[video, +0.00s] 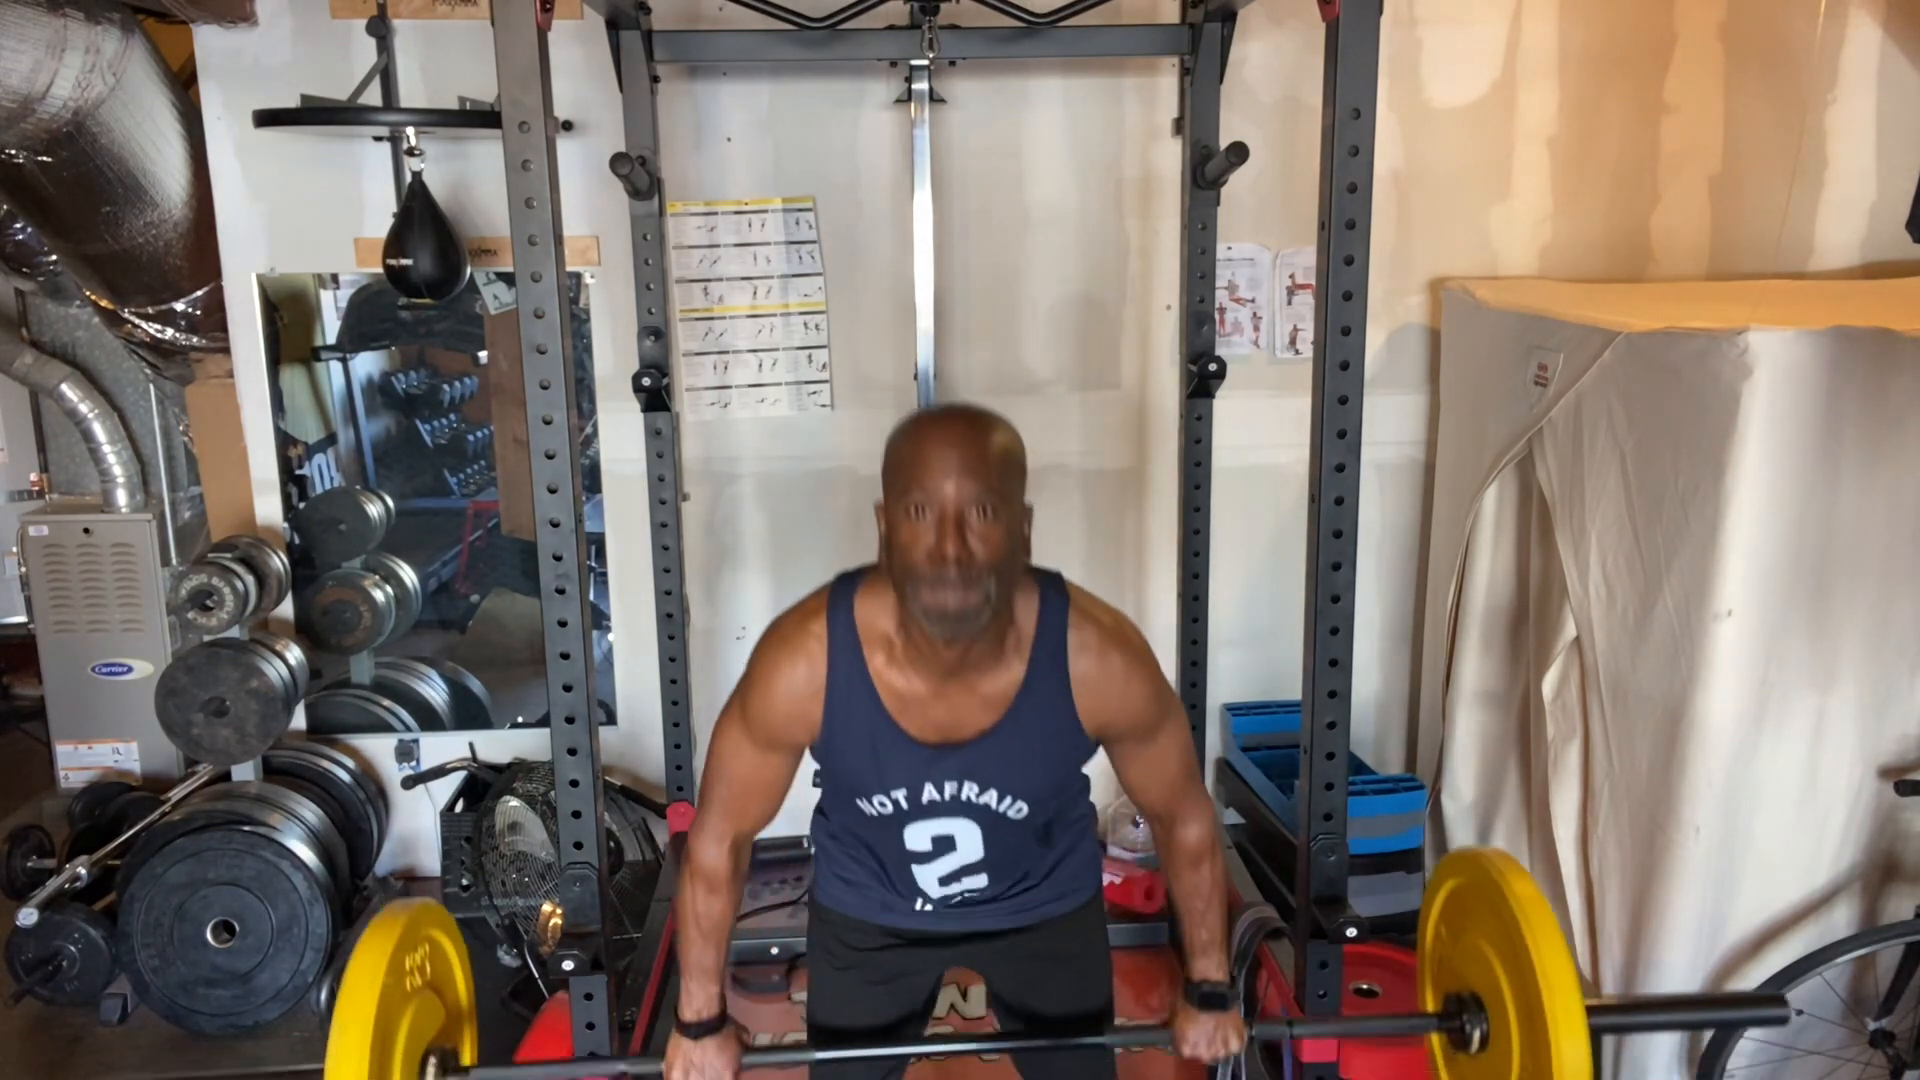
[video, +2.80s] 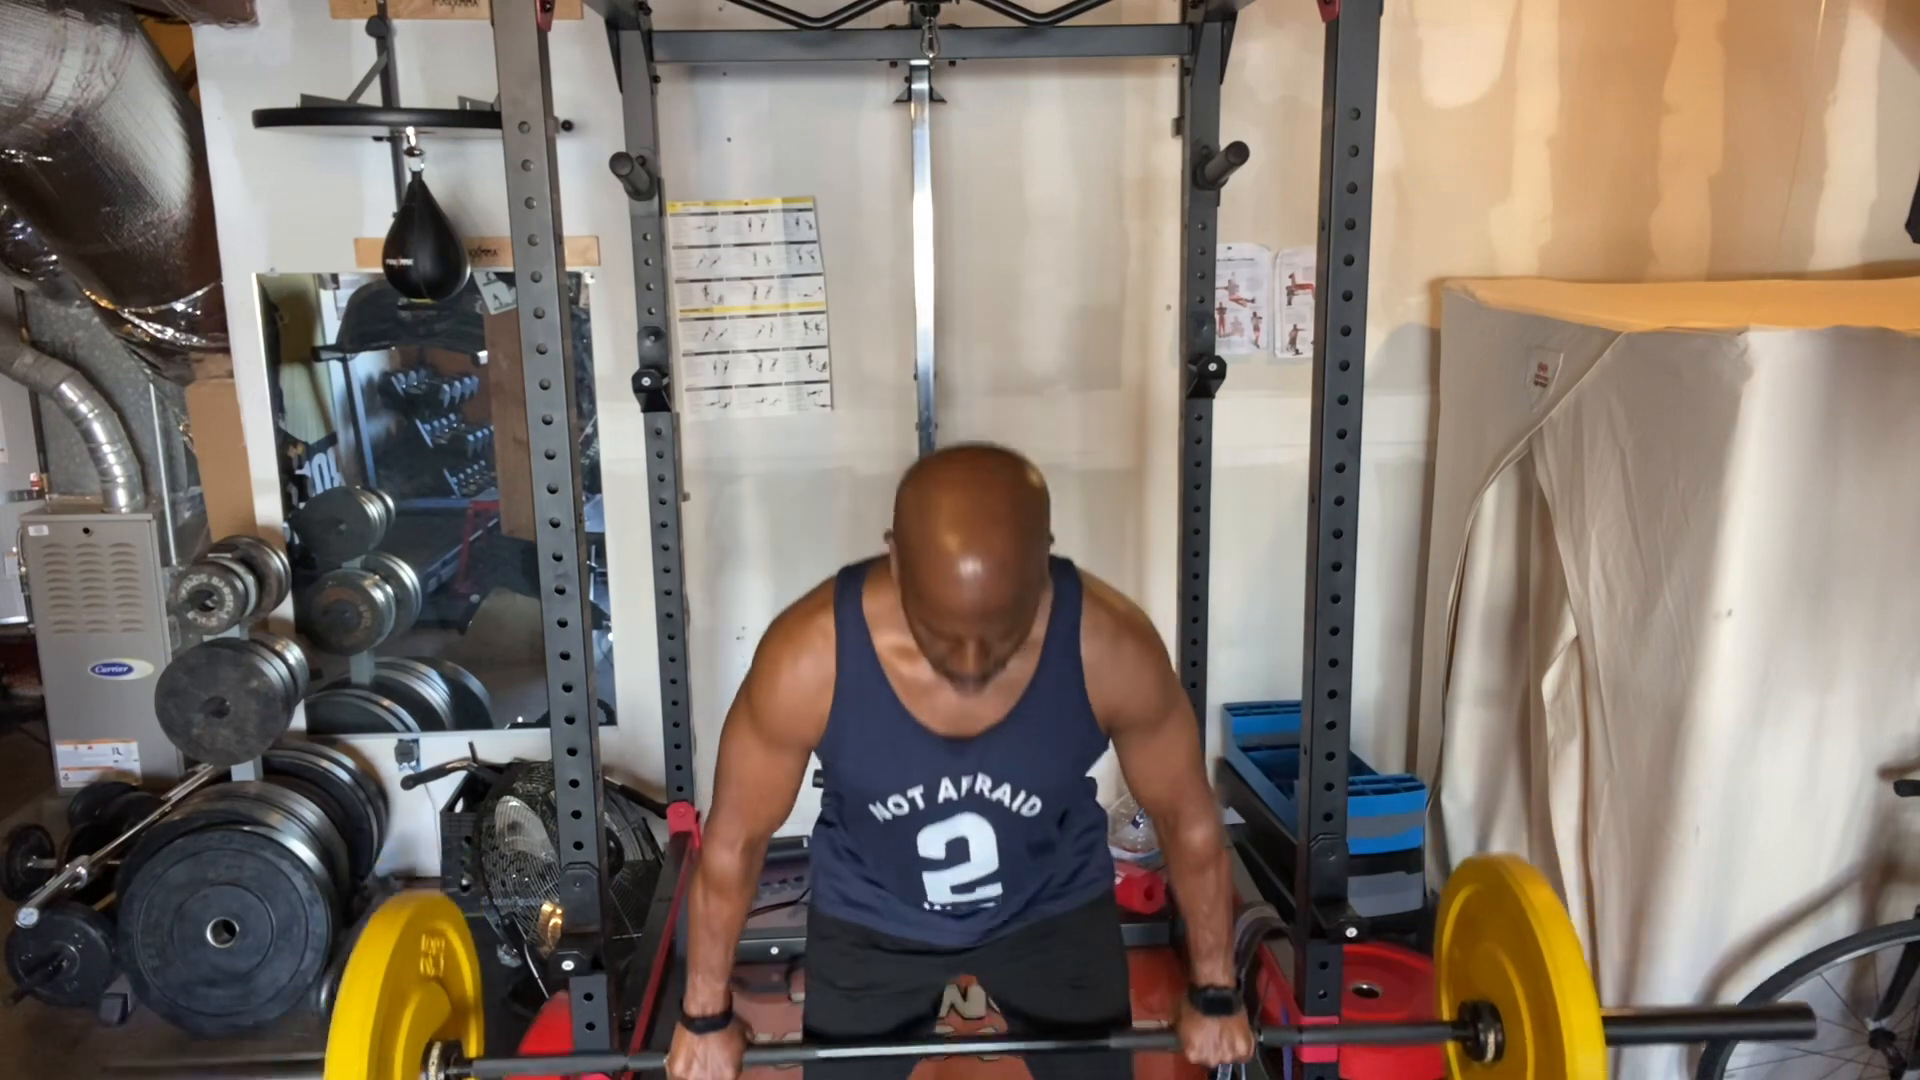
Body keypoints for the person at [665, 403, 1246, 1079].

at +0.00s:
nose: (949, 545)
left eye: (980, 514)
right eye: (920, 513)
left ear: (1025, 528)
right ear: (883, 524)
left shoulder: (1099, 657)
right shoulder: (804, 658)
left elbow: (1184, 816)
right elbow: (716, 842)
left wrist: (1212, 986)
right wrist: (701, 1018)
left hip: (1044, 914)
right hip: (871, 918)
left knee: (1075, 1067)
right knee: (848, 1073)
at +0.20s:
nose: (924, 414)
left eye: (953, 389)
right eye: (896, 390)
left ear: (997, 419)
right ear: (858, 422)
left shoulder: (1073, 575)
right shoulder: (780, 585)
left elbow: (1164, 745)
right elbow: (704, 770)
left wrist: (1198, 917)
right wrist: (683, 956)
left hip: (1034, 911)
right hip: (860, 919)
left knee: (1089, 1067)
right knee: (837, 1069)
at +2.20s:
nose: (952, 366)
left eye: (978, 336)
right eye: (926, 337)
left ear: (1018, 334)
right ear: (893, 336)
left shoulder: (1094, 504)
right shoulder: (813, 507)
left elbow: (1169, 693)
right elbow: (744, 709)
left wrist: (1213, 878)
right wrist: (702, 895)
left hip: (1056, 916)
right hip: (863, 919)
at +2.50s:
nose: (959, 492)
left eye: (987, 461)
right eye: (930, 460)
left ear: (1032, 411)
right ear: (891, 411)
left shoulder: (1103, 546)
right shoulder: (810, 549)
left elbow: (1186, 727)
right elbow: (739, 746)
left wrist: (1212, 901)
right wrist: (706, 920)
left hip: (1048, 896)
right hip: (866, 899)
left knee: (1084, 1063)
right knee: (841, 1064)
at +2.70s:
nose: (965, 610)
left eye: (994, 583)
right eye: (936, 582)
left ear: (1037, 522)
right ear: (892, 513)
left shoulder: (1110, 612)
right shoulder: (806, 619)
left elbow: (1188, 783)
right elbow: (732, 805)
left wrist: (1213, 952)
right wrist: (706, 974)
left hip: (1050, 903)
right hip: (874, 909)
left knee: (1095, 1065)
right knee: (844, 1067)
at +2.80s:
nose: (971, 664)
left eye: (999, 637)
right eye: (940, 638)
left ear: (1042, 573)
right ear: (895, 568)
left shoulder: (1112, 650)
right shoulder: (807, 659)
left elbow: (1188, 819)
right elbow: (730, 845)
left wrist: (1215, 988)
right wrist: (704, 1013)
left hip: (1050, 906)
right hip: (872, 912)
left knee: (1092, 1069)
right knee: (846, 1072)